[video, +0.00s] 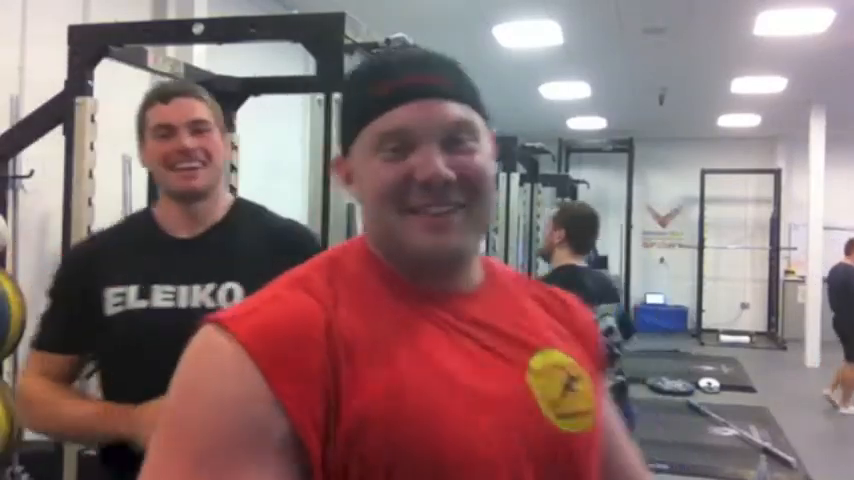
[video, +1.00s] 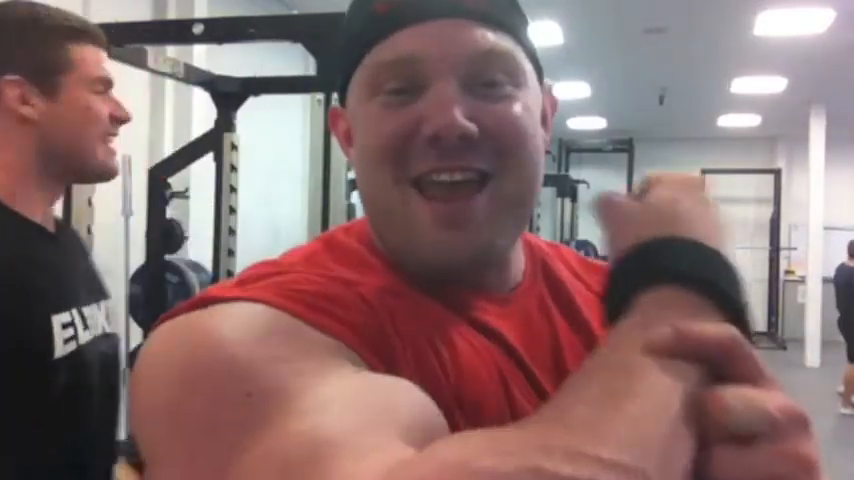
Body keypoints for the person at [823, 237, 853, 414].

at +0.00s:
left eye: (853, 251)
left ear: (846, 251)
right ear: (851, 251)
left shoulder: (835, 270)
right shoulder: (848, 272)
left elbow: (833, 302)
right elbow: (839, 302)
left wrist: (841, 314)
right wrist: (845, 317)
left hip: (839, 319)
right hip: (849, 321)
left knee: (849, 359)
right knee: (850, 361)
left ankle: (832, 389)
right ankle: (846, 403)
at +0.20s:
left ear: (847, 251)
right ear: (852, 251)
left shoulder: (838, 270)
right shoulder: (847, 272)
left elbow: (835, 301)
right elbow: (838, 301)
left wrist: (842, 313)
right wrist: (845, 315)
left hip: (842, 318)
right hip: (849, 320)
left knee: (849, 356)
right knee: (850, 361)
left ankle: (844, 384)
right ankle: (846, 401)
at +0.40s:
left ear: (847, 252)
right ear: (852, 252)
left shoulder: (841, 271)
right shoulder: (846, 272)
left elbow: (839, 301)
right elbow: (841, 301)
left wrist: (845, 313)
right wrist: (847, 314)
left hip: (845, 318)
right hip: (848, 319)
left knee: (850, 358)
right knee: (851, 360)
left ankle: (844, 387)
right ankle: (847, 400)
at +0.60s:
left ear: (849, 253)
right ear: (852, 253)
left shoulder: (843, 272)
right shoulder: (846, 272)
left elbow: (841, 302)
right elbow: (843, 303)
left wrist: (847, 312)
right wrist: (848, 313)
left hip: (847, 318)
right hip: (849, 319)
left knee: (851, 359)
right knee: (851, 361)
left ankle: (845, 387)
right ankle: (847, 399)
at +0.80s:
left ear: (849, 253)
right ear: (853, 253)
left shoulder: (842, 271)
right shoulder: (846, 272)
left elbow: (841, 303)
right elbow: (843, 303)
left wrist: (847, 312)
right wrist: (848, 313)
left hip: (847, 318)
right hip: (849, 319)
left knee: (851, 359)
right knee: (852, 361)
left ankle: (845, 387)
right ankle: (847, 400)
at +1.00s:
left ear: (847, 252)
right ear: (853, 253)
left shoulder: (840, 270)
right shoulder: (846, 271)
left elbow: (839, 301)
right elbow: (841, 302)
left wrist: (843, 314)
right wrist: (845, 316)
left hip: (844, 319)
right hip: (849, 320)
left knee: (850, 358)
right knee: (851, 361)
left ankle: (844, 385)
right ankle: (847, 400)